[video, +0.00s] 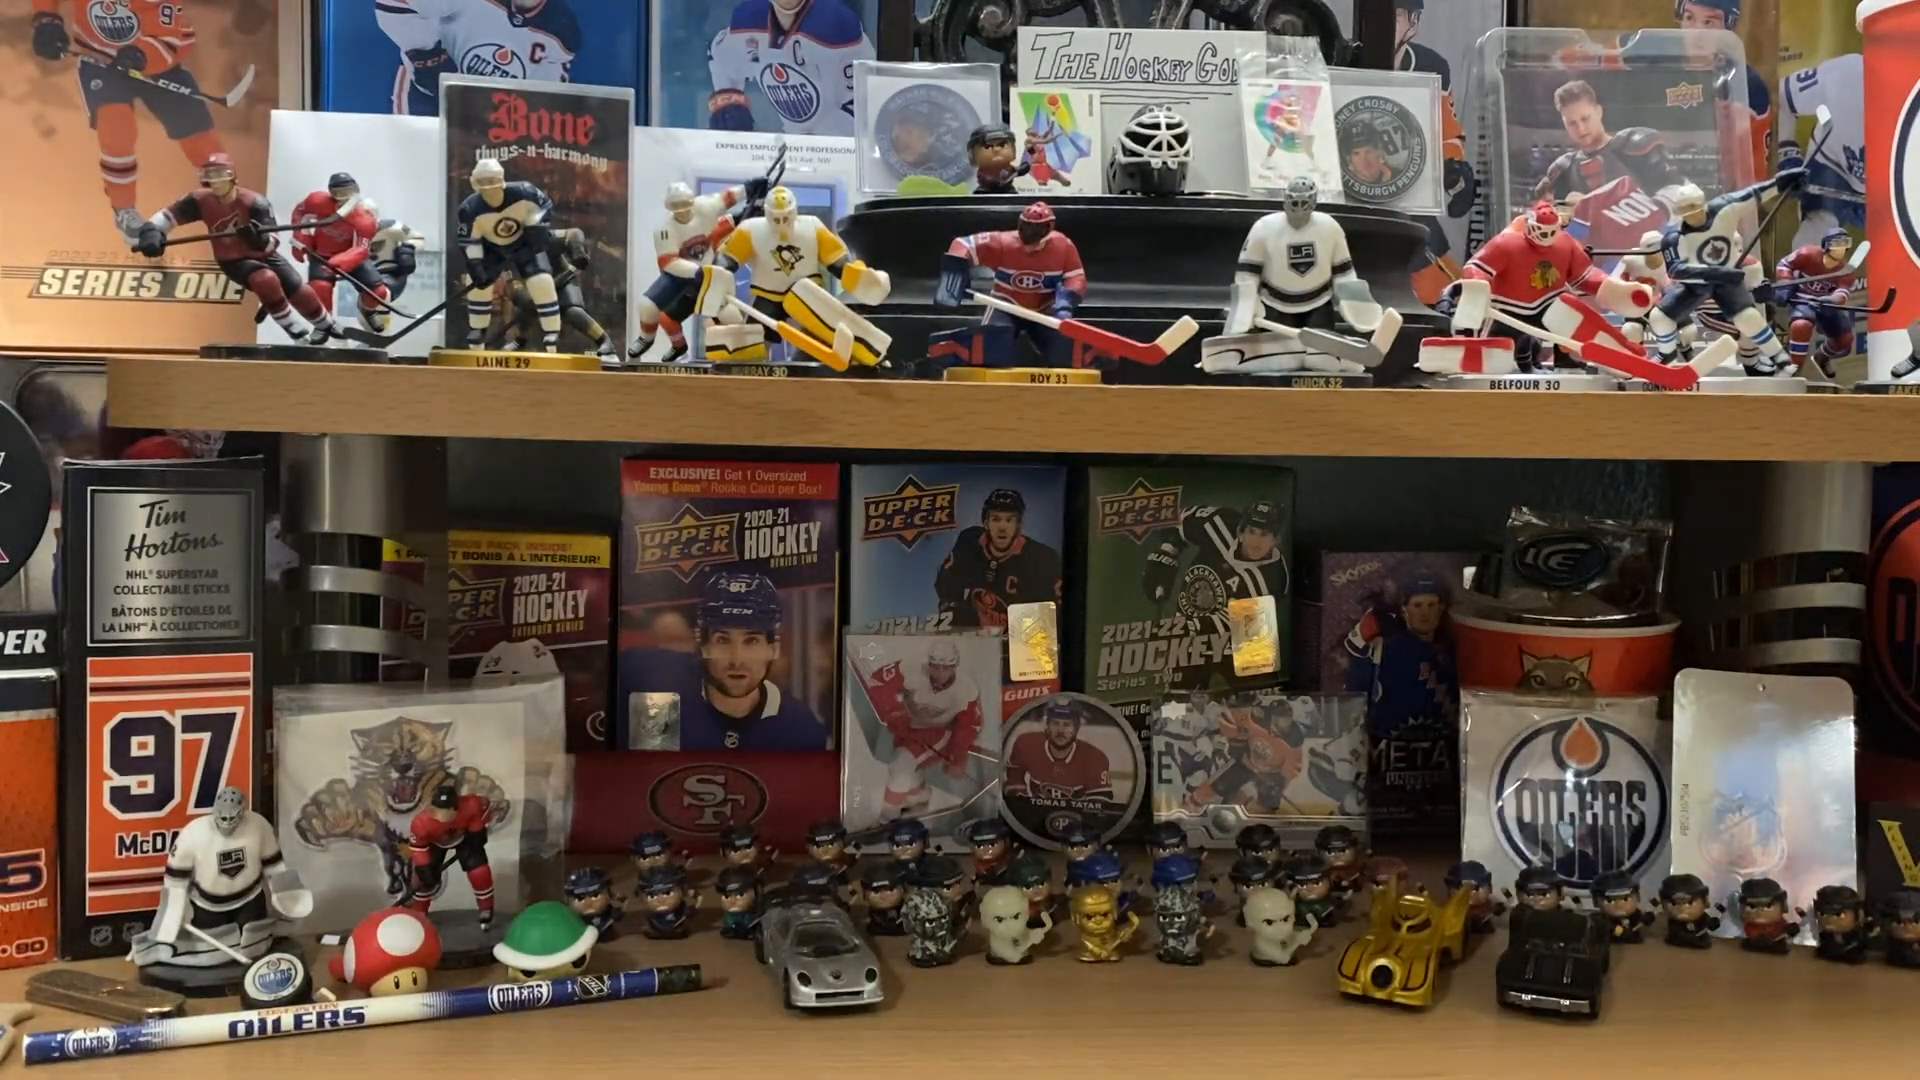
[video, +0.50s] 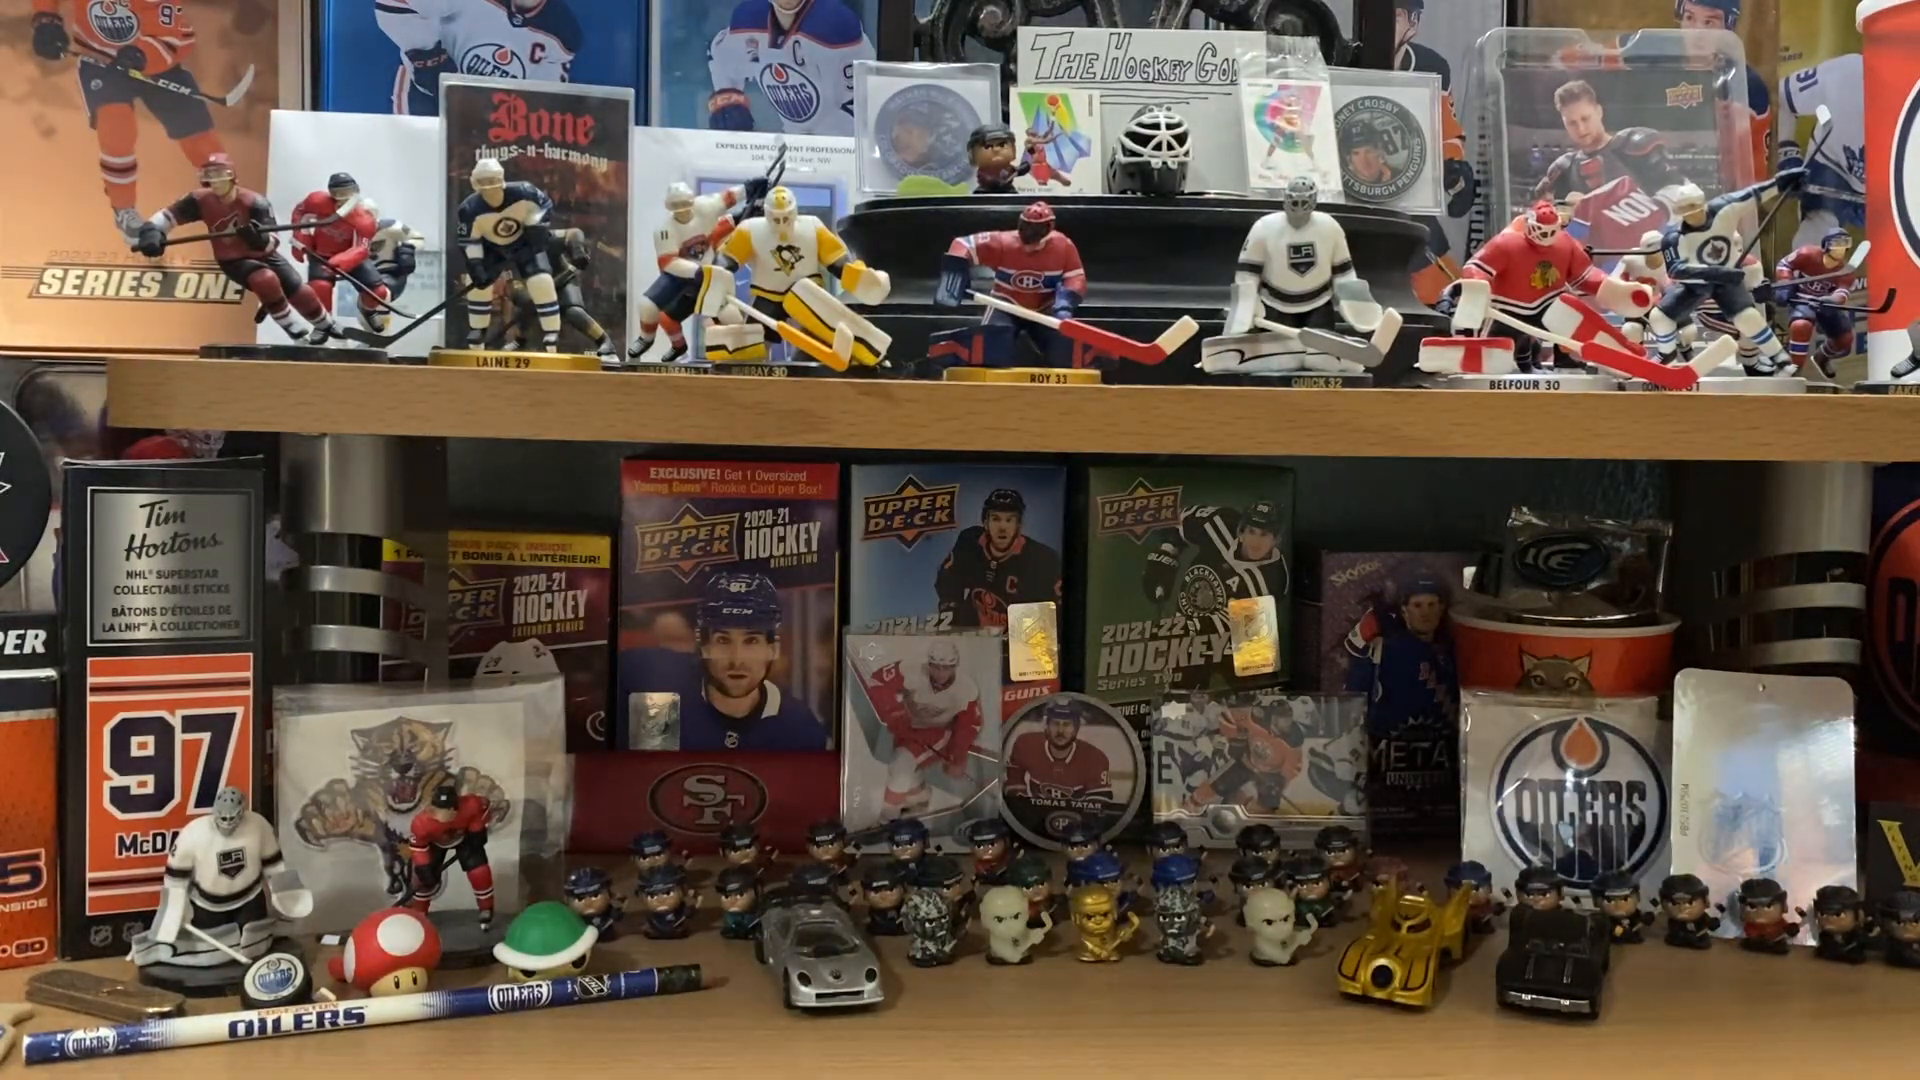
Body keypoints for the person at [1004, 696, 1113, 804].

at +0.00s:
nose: (1060, 730)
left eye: (1066, 724)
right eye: (1055, 724)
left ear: (1076, 728)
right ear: (1047, 726)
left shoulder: (1095, 758)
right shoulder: (1025, 744)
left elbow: (1099, 802)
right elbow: (1014, 785)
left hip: (1075, 821)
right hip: (1032, 815)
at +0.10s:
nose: (1060, 730)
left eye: (1066, 725)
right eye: (1055, 724)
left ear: (1076, 728)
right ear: (1047, 726)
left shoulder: (1094, 758)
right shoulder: (1025, 744)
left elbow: (1100, 800)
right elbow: (1014, 784)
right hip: (1032, 814)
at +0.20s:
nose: (1060, 730)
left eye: (1066, 725)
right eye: (1055, 724)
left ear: (1076, 728)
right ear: (1047, 726)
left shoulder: (1095, 758)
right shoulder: (1025, 744)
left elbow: (1099, 802)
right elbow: (1014, 786)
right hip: (1032, 815)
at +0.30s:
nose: (1060, 730)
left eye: (1066, 725)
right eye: (1055, 724)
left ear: (1076, 728)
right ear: (1046, 726)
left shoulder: (1095, 758)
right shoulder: (1025, 744)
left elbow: (1099, 801)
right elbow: (1014, 785)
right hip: (1032, 815)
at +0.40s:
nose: (1060, 730)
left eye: (1066, 724)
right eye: (1055, 724)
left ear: (1076, 728)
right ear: (1046, 726)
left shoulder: (1095, 758)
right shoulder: (1025, 744)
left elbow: (1099, 801)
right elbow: (1014, 783)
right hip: (1033, 814)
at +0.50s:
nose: (1060, 730)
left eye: (1066, 725)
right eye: (1055, 724)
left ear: (1076, 728)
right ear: (1046, 726)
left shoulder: (1095, 758)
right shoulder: (1025, 744)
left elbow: (1099, 801)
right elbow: (1014, 783)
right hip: (1033, 814)